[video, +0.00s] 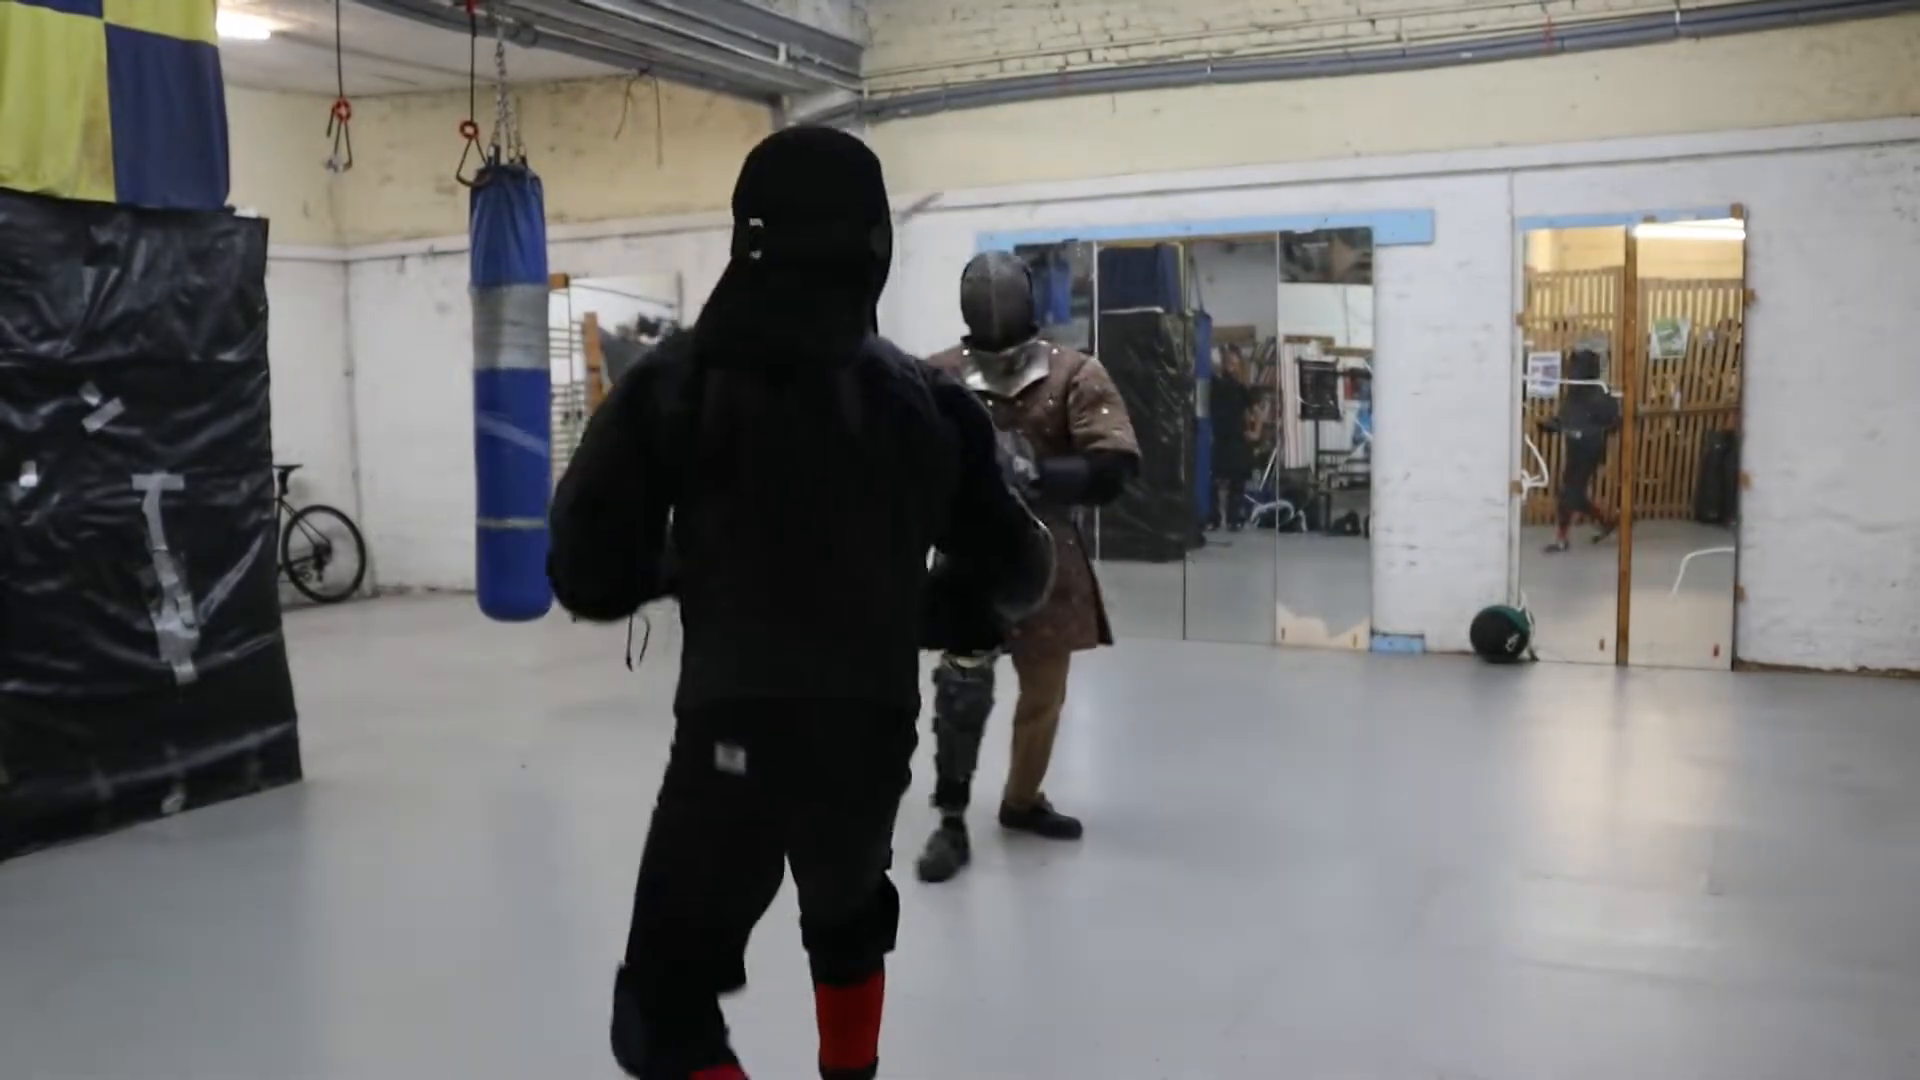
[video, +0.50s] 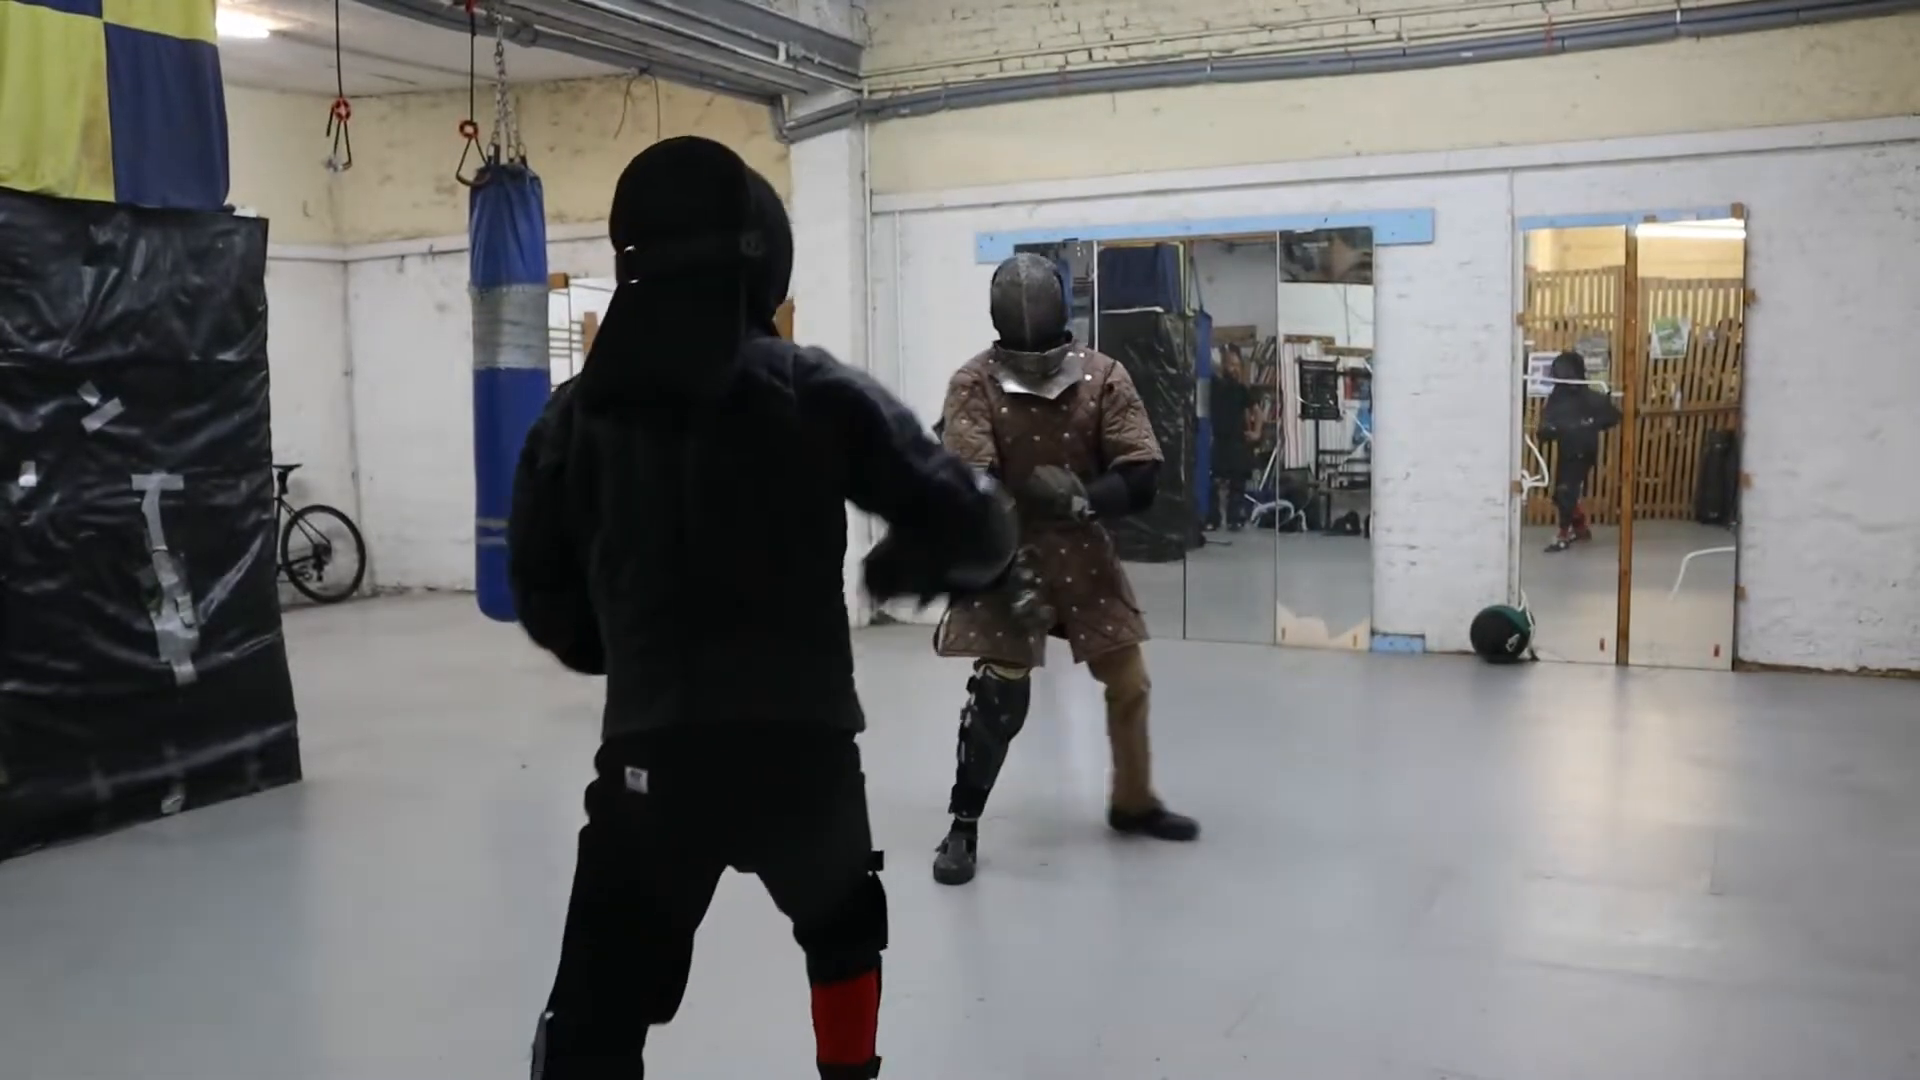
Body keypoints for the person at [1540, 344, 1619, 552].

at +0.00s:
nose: (1571, 373)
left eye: (1576, 368)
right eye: (1571, 368)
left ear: (1587, 370)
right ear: (1570, 370)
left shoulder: (1599, 396)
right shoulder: (1573, 395)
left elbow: (1612, 421)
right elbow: (1565, 419)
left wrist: (1589, 430)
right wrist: (1549, 425)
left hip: (1590, 448)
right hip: (1574, 446)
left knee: (1571, 491)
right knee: (1572, 491)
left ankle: (1562, 537)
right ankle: (1605, 521)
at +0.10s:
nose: (1564, 371)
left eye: (1568, 366)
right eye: (1563, 366)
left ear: (1581, 367)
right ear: (1563, 366)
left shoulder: (1595, 390)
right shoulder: (1566, 389)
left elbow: (1611, 417)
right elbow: (1558, 412)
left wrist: (1585, 429)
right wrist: (1546, 420)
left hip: (1590, 445)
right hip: (1572, 443)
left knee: (1568, 488)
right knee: (1567, 488)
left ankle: (1563, 535)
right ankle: (1592, 525)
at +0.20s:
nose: (1562, 372)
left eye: (1566, 367)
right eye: (1561, 367)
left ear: (1577, 367)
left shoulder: (1595, 390)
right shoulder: (1562, 390)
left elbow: (1613, 413)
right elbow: (1549, 413)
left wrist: (1591, 420)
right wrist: (1542, 420)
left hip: (1587, 447)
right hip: (1568, 446)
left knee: (1568, 490)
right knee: (1559, 490)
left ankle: (1563, 535)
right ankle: (1583, 524)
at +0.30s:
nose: (1562, 373)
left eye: (1566, 369)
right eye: (1560, 369)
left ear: (1578, 368)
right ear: (1559, 369)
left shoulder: (1594, 390)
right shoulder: (1559, 391)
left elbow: (1612, 407)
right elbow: (1549, 413)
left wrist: (1595, 406)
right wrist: (1545, 423)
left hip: (1587, 448)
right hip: (1567, 446)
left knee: (1568, 490)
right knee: (1556, 489)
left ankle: (1563, 535)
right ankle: (1582, 521)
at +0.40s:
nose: (1564, 375)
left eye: (1568, 370)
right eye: (1561, 370)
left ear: (1578, 370)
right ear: (1558, 371)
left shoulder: (1592, 390)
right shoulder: (1557, 393)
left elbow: (1613, 406)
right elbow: (1542, 425)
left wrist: (1593, 409)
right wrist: (1552, 422)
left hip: (1586, 448)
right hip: (1566, 448)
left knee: (1570, 491)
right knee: (1557, 492)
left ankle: (1563, 534)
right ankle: (1579, 521)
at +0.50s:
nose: (1558, 378)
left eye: (1562, 373)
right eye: (1557, 374)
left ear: (1575, 374)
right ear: (1556, 376)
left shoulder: (1590, 397)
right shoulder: (1556, 398)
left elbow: (1613, 416)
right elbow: (1545, 426)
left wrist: (1593, 422)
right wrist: (1547, 430)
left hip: (1584, 449)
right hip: (1565, 449)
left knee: (1566, 493)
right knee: (1562, 493)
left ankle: (1563, 534)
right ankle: (1579, 527)